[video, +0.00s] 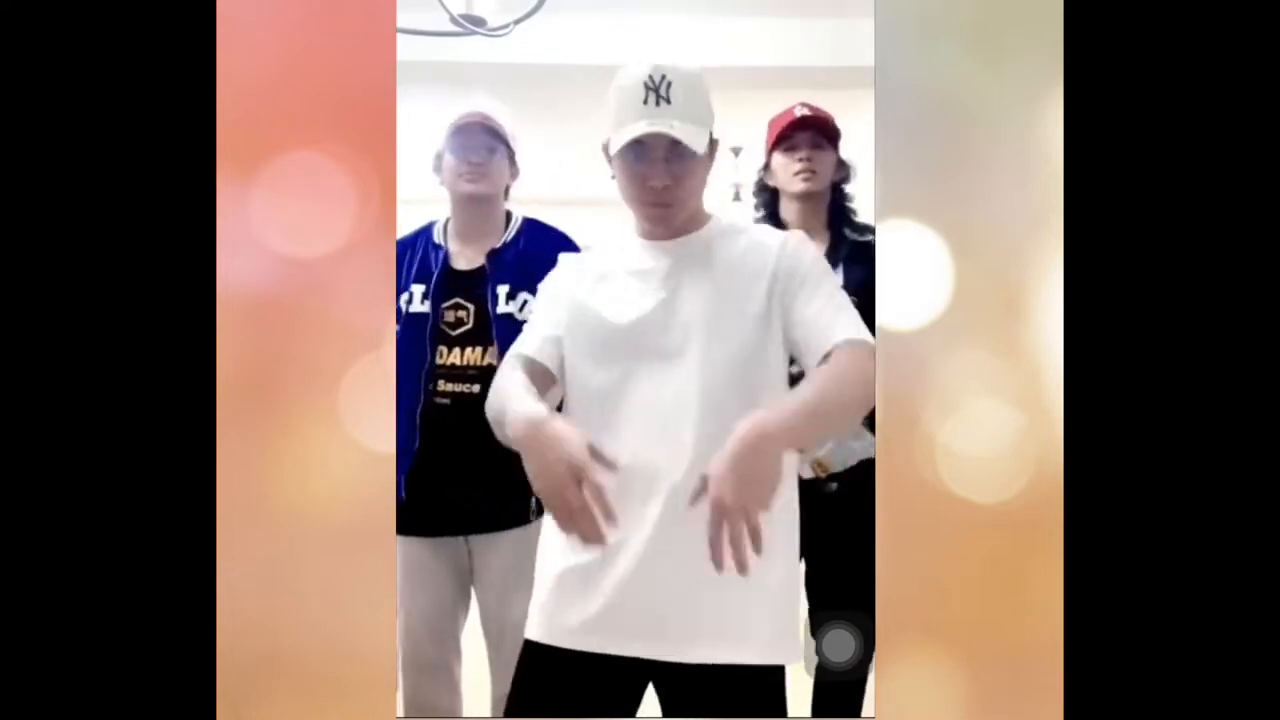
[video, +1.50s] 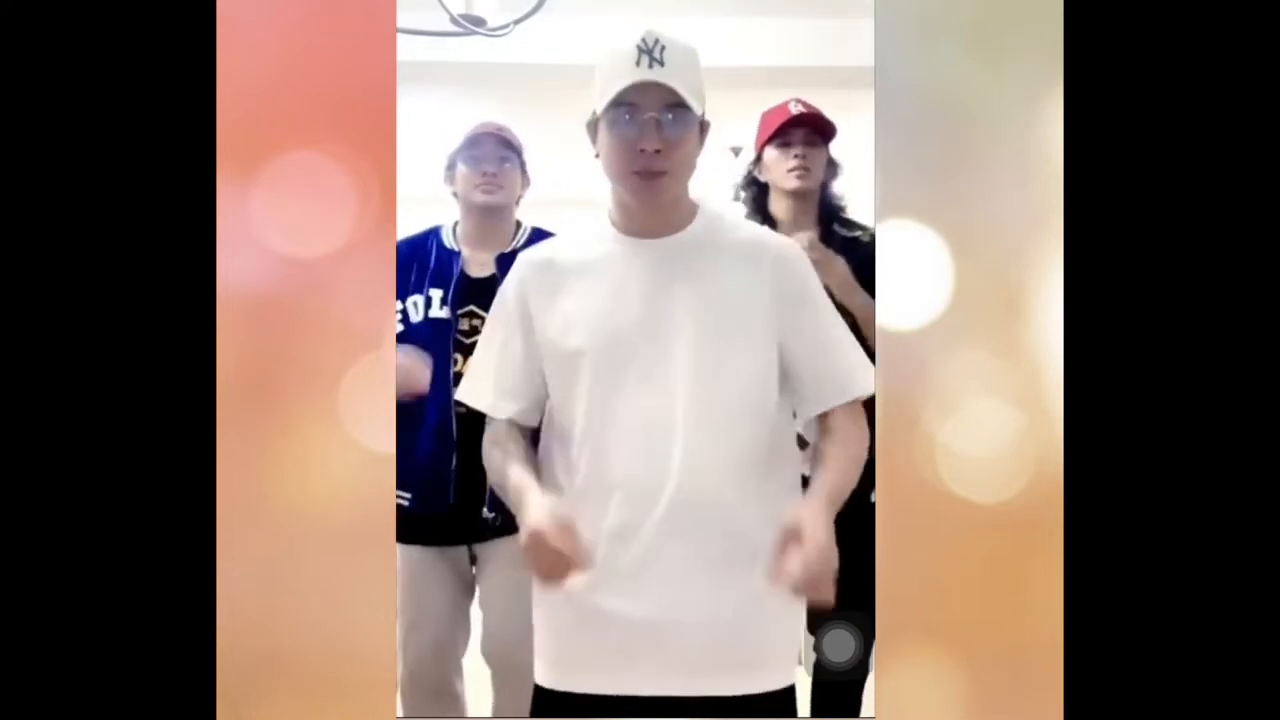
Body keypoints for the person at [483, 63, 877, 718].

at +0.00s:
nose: (659, 174)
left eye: (679, 152)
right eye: (639, 152)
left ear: (712, 156)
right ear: (609, 159)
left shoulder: (775, 260)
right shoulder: (576, 278)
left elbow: (858, 366)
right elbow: (510, 387)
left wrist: (767, 436)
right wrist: (535, 432)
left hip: (726, 616)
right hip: (585, 611)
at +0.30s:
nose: (666, 157)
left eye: (687, 136)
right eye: (645, 133)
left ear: (712, 147)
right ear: (609, 141)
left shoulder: (758, 265)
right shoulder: (546, 264)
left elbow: (834, 410)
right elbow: (516, 427)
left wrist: (802, 548)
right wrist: (567, 567)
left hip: (749, 634)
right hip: (612, 640)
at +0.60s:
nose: (653, 135)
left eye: (675, 114)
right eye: (631, 112)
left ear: (699, 133)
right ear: (593, 127)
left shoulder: (740, 271)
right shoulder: (522, 241)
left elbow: (785, 417)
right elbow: (455, 400)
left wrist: (774, 523)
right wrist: (518, 536)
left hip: (724, 616)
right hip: (581, 614)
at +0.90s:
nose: (622, 125)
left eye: (644, 105)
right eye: (602, 105)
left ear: (685, 119)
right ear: (578, 121)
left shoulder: (740, 262)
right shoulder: (518, 242)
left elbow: (757, 428)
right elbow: (478, 403)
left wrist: (769, 557)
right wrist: (506, 537)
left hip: (702, 621)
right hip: (556, 617)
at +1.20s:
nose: (628, 116)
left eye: (650, 96)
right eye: (607, 96)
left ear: (687, 114)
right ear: (580, 118)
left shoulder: (765, 244)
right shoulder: (541, 251)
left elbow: (834, 398)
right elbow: (512, 400)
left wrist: (782, 514)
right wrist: (515, 487)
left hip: (710, 635)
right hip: (564, 628)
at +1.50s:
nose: (650, 139)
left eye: (672, 117)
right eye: (627, 116)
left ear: (701, 137)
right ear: (594, 136)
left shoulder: (772, 266)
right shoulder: (543, 276)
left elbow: (844, 419)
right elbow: (503, 433)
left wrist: (820, 507)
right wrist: (531, 503)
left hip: (743, 654)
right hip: (587, 655)